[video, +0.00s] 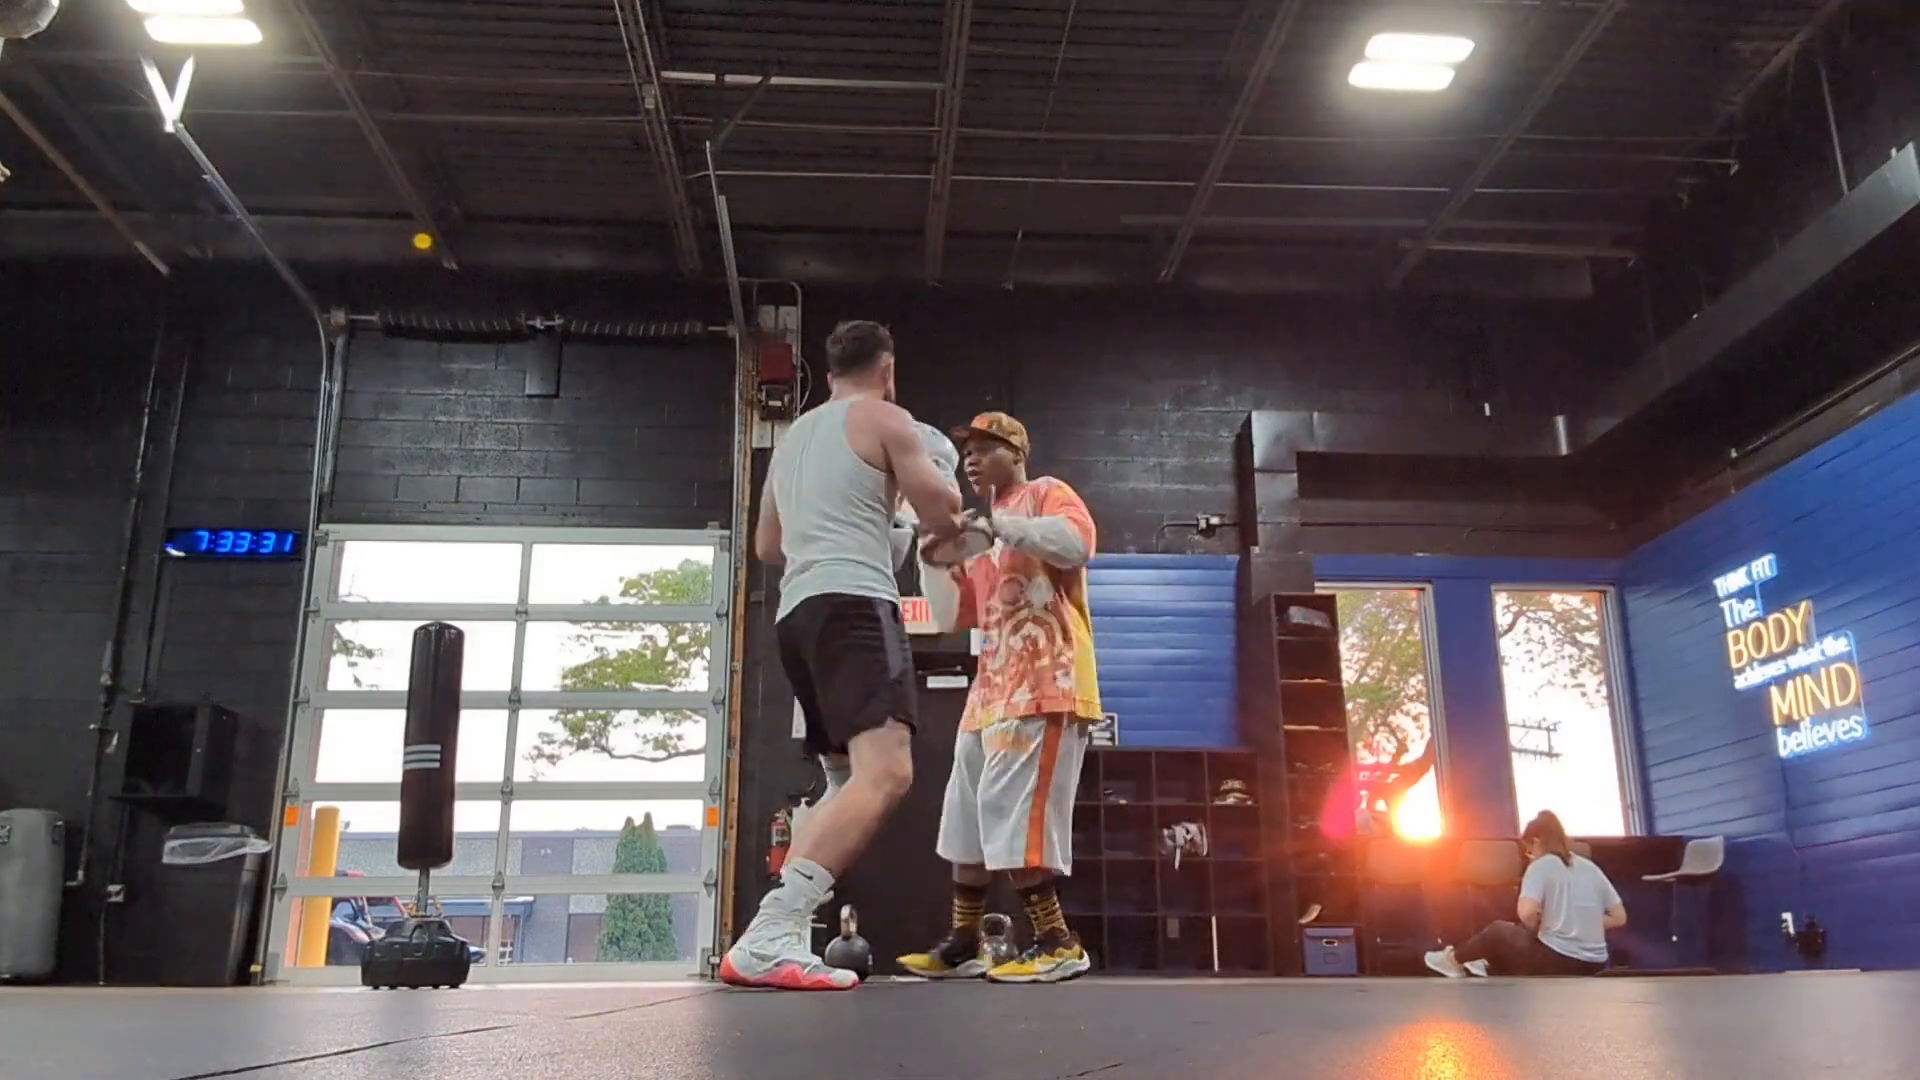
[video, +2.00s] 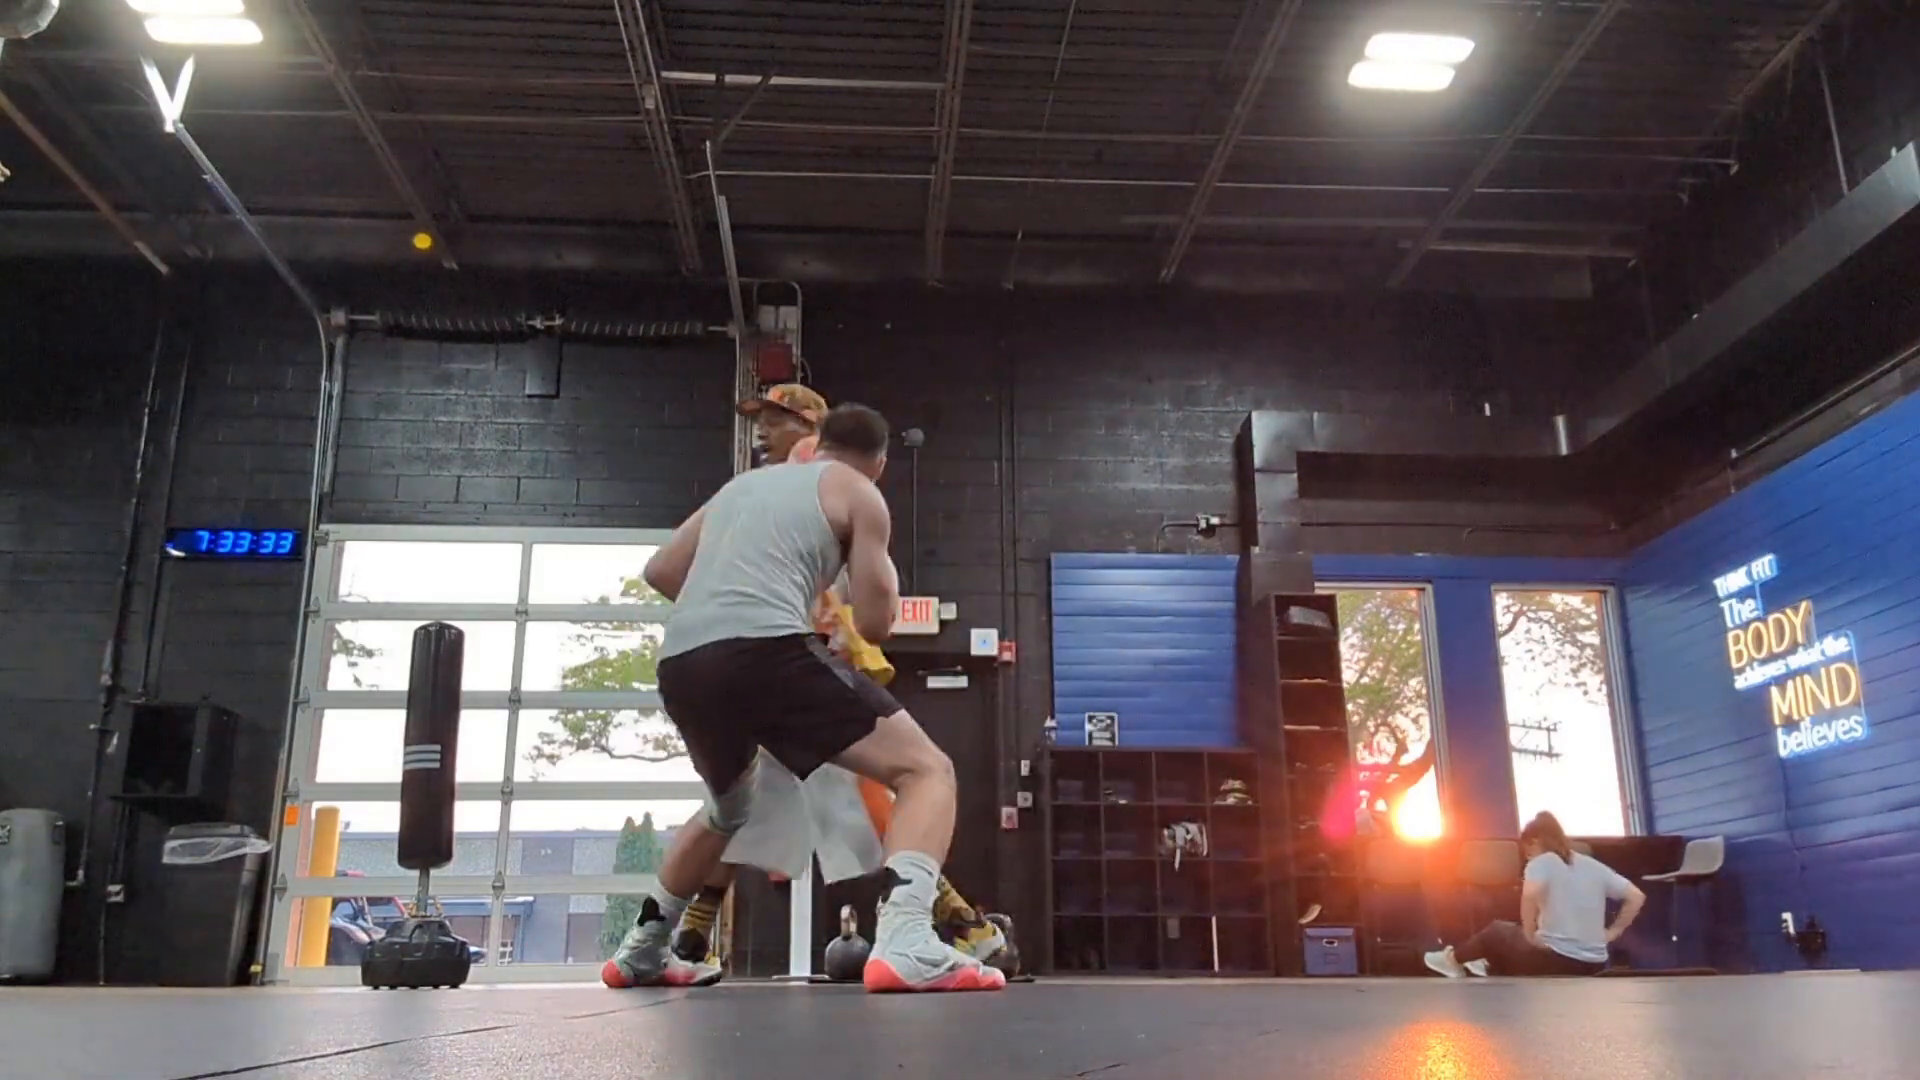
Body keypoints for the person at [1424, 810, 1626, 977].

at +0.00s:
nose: (1529, 856)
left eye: (1529, 850)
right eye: (1527, 851)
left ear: (1538, 842)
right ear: (1561, 840)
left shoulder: (1540, 866)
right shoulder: (1590, 867)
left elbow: (1527, 913)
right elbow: (1618, 918)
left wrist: (1536, 932)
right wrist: (1581, 924)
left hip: (1559, 959)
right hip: (1595, 962)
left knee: (1497, 931)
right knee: (1521, 937)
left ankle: (1453, 959)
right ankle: (1485, 964)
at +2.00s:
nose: (1527, 856)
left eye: (1527, 849)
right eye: (1526, 850)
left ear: (1537, 842)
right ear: (1558, 840)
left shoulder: (1540, 863)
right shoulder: (1592, 866)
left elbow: (1531, 895)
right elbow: (1636, 897)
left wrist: (1529, 935)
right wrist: (1614, 932)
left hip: (1559, 958)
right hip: (1595, 961)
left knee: (1499, 931)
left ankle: (1451, 958)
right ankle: (1487, 964)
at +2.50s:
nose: (1524, 849)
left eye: (1524, 843)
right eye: (1524, 843)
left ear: (1529, 842)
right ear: (1555, 838)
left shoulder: (1533, 865)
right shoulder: (1584, 867)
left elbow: (1523, 898)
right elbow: (1625, 909)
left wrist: (1509, 937)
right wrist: (1599, 934)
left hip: (1555, 959)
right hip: (1593, 961)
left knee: (1494, 929)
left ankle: (1452, 959)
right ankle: (1486, 962)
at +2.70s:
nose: (1520, 853)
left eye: (1520, 847)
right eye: (1520, 847)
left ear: (1524, 848)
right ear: (1551, 845)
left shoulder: (1528, 868)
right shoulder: (1576, 869)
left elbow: (1509, 905)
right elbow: (1593, 910)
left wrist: (1488, 911)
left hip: (1557, 958)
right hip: (1593, 961)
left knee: (1492, 934)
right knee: (1529, 925)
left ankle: (1453, 959)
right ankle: (1485, 962)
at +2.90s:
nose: (1513, 853)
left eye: (1514, 849)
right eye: (1515, 849)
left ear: (1518, 850)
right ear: (1542, 848)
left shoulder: (1520, 872)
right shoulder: (1567, 873)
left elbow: (1502, 916)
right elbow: (1561, 916)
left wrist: (1485, 910)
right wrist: (1524, 920)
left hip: (1556, 958)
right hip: (1591, 961)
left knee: (1490, 933)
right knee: (1520, 933)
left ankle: (1451, 961)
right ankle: (1483, 963)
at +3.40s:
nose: (1513, 854)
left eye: (1515, 850)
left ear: (1517, 853)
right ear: (1543, 851)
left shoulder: (1517, 874)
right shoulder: (1569, 875)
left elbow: (1485, 920)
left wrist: (1508, 914)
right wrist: (1524, 917)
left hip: (1554, 959)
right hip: (1591, 961)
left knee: (1496, 932)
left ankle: (1449, 960)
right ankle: (1483, 964)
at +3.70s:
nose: (1531, 842)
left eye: (1532, 838)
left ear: (1533, 840)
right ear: (1562, 840)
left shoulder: (1529, 869)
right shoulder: (1586, 871)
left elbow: (1501, 915)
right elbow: (1585, 911)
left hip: (1556, 958)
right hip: (1593, 962)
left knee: (1497, 932)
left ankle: (1452, 959)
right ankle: (1485, 964)